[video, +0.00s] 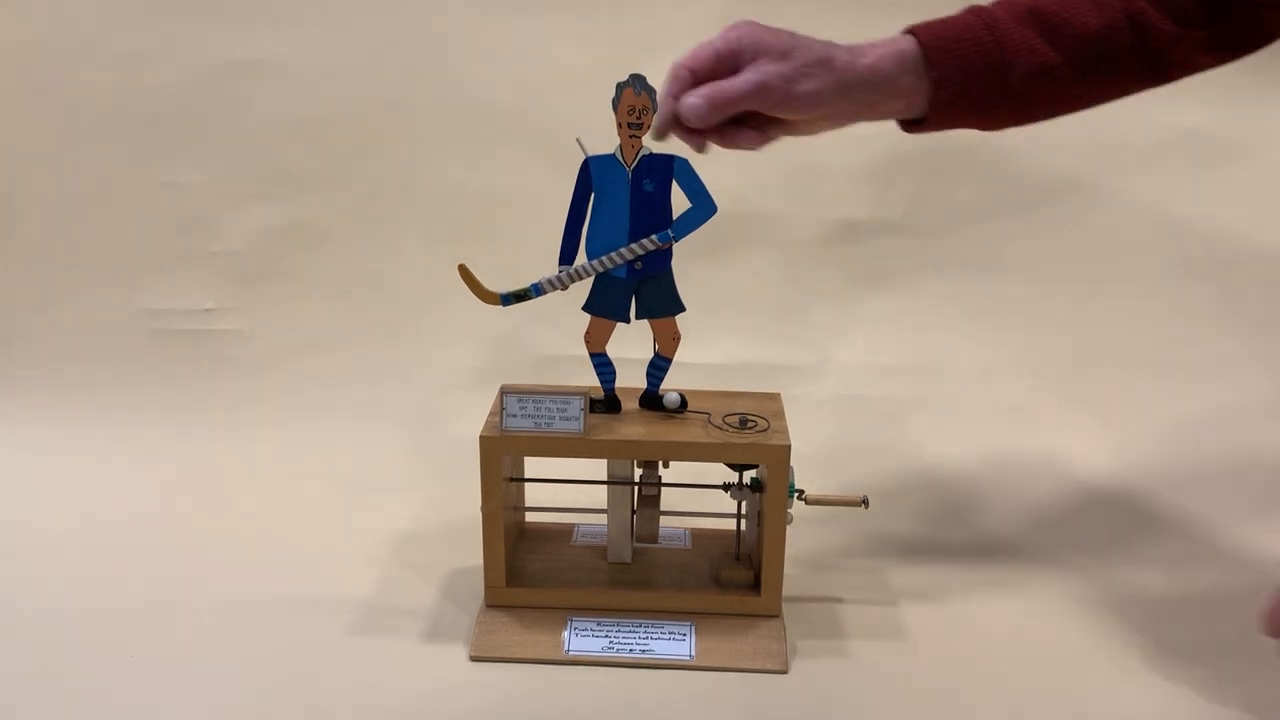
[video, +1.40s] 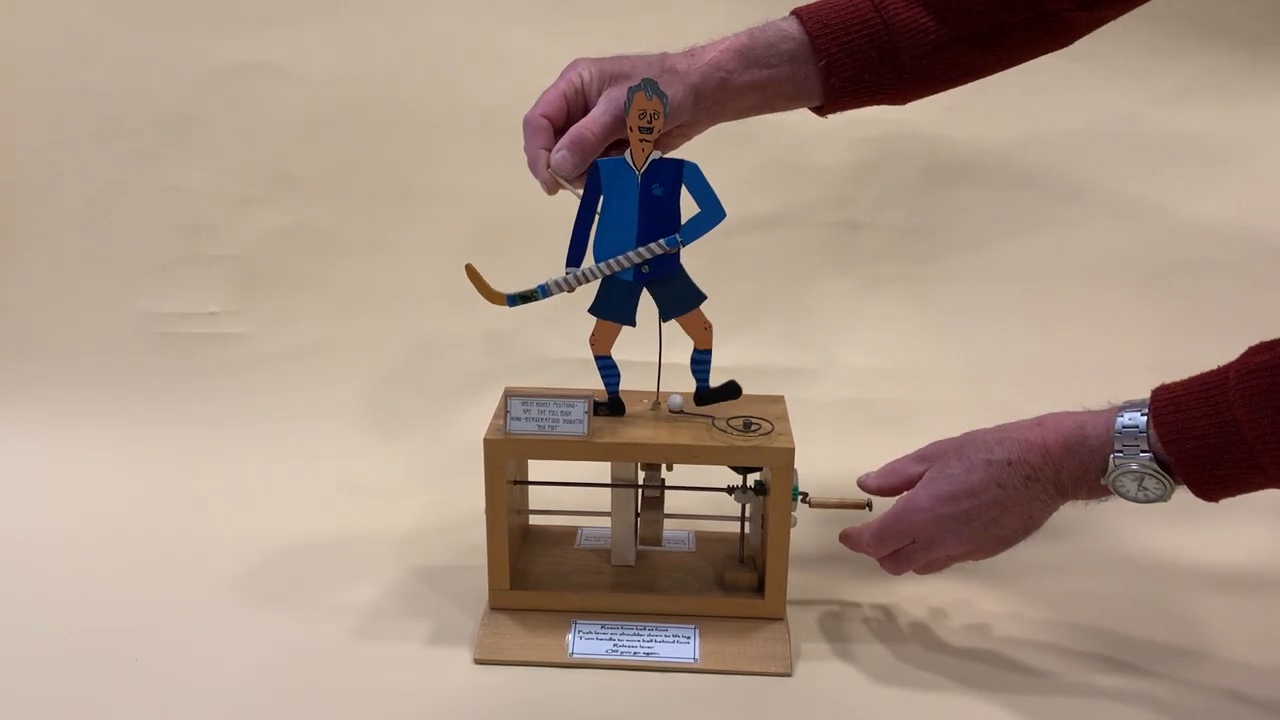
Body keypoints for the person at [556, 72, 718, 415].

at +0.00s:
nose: (636, 116)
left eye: (644, 110)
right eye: (629, 109)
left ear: (653, 117)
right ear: (615, 114)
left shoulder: (670, 165)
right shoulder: (594, 167)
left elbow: (707, 206)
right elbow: (575, 220)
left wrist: (669, 236)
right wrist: (565, 268)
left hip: (654, 271)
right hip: (611, 271)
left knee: (669, 339)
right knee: (594, 339)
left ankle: (651, 395)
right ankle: (609, 396)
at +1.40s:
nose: (644, 125)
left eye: (652, 119)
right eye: (639, 117)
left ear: (662, 125)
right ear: (627, 121)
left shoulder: (680, 170)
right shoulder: (605, 168)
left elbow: (715, 212)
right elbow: (584, 220)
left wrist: (676, 241)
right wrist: (573, 268)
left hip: (665, 272)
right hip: (619, 274)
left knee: (703, 332)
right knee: (599, 343)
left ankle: (703, 391)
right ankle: (614, 401)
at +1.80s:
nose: (649, 122)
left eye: (656, 115)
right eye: (642, 114)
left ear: (665, 121)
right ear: (628, 119)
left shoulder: (681, 168)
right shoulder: (605, 168)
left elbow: (715, 211)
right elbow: (585, 219)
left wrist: (677, 240)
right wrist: (573, 268)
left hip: (667, 267)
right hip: (621, 270)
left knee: (717, 318)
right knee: (600, 342)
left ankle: (730, 377)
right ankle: (614, 399)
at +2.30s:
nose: (648, 120)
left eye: (655, 113)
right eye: (641, 113)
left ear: (665, 119)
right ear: (627, 118)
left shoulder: (681, 167)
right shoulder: (605, 167)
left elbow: (715, 209)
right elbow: (585, 218)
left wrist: (676, 239)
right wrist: (573, 267)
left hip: (667, 265)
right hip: (621, 269)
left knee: (718, 315)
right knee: (600, 340)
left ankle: (732, 374)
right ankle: (615, 398)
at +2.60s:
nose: (649, 119)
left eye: (656, 112)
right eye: (642, 112)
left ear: (665, 118)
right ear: (628, 117)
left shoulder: (681, 166)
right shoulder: (605, 166)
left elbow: (716, 209)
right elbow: (585, 218)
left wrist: (677, 237)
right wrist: (573, 267)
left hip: (668, 263)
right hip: (621, 268)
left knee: (720, 313)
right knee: (601, 340)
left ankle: (735, 371)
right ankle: (616, 398)